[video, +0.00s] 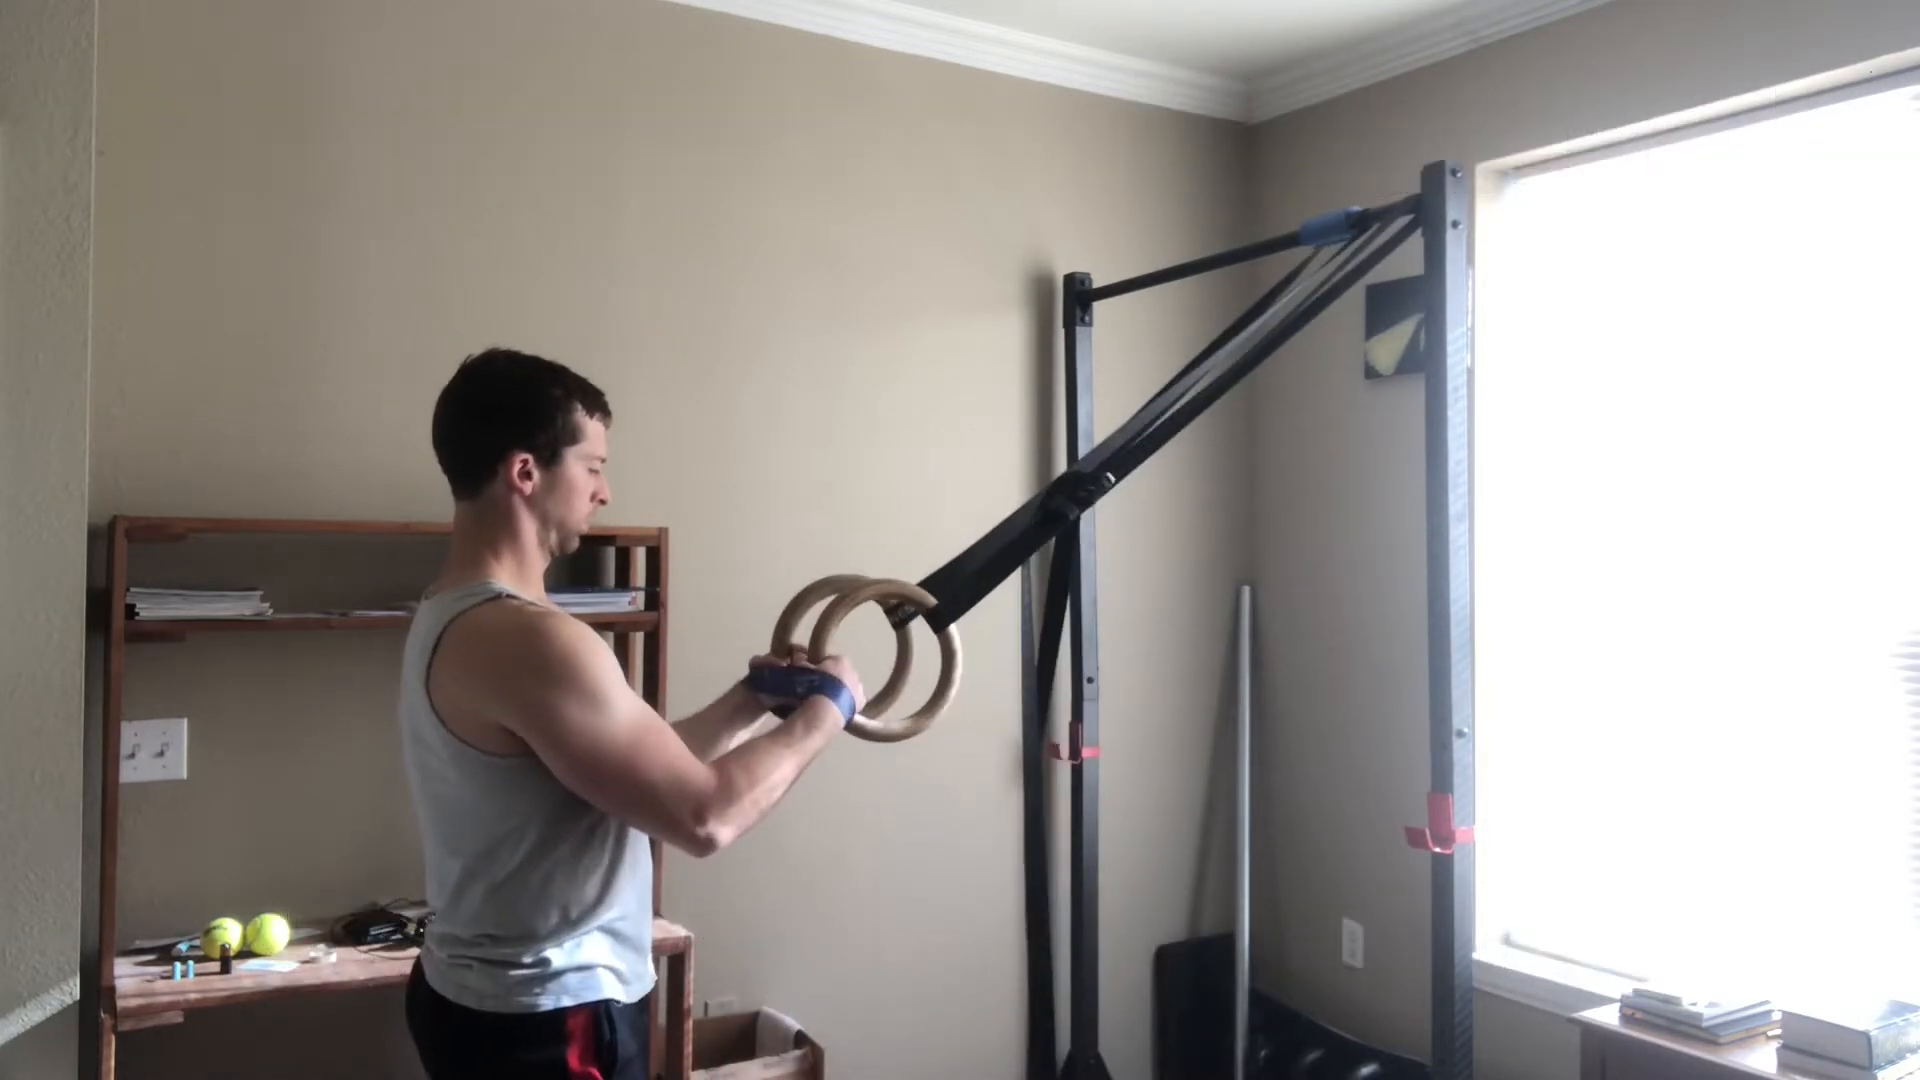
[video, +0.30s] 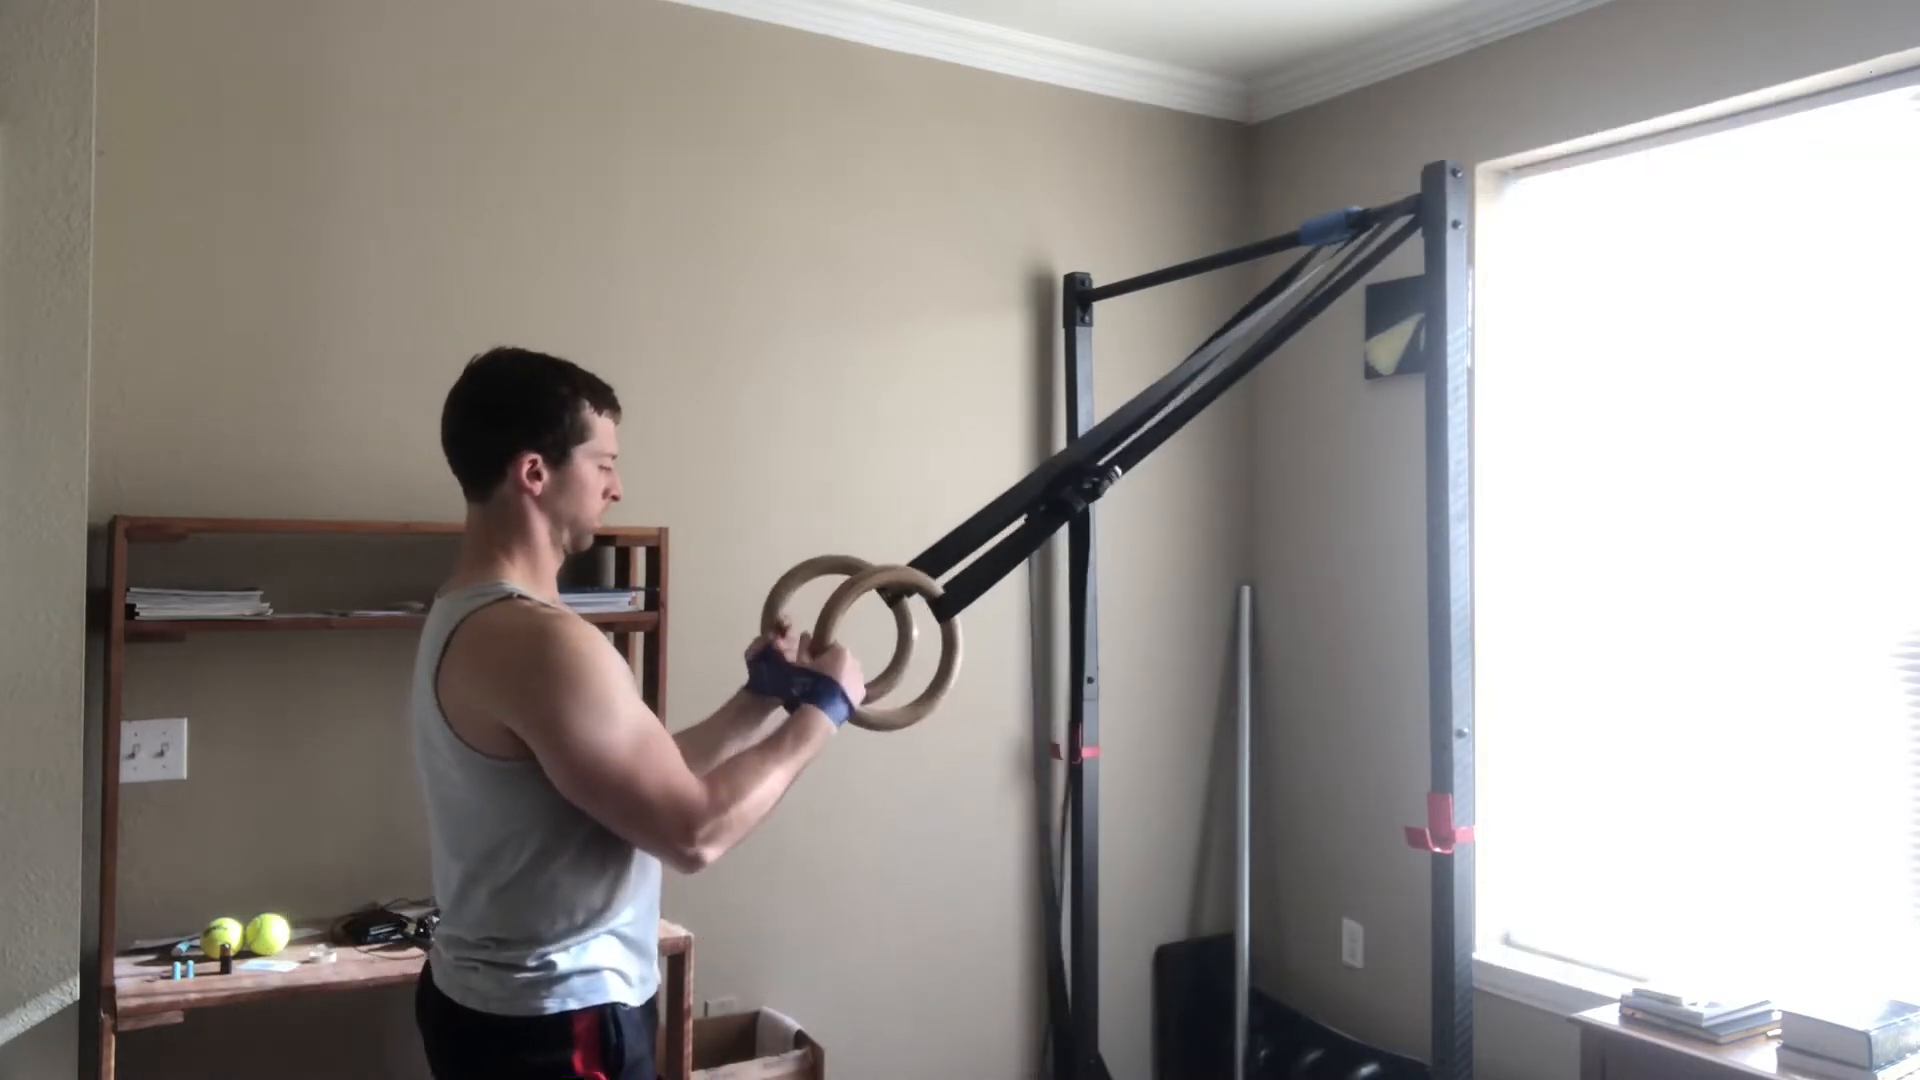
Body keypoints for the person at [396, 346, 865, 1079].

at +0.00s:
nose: (604, 492)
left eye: (601, 470)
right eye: (591, 468)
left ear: (521, 477)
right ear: (524, 473)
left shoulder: (452, 617)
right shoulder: (531, 642)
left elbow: (623, 773)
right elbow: (705, 817)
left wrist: (750, 699)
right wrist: (825, 712)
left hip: (483, 1004)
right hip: (552, 1024)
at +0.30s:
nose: (616, 488)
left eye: (613, 466)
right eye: (601, 465)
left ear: (530, 478)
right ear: (533, 473)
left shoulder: (467, 615)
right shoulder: (540, 644)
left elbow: (634, 776)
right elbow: (694, 835)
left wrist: (758, 697)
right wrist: (821, 711)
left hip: (492, 1005)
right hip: (559, 1026)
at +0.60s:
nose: (612, 487)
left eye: (609, 465)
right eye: (597, 463)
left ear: (525, 477)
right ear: (528, 472)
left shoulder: (461, 616)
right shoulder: (544, 641)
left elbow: (642, 778)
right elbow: (689, 827)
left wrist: (758, 692)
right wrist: (813, 706)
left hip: (484, 1016)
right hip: (558, 1035)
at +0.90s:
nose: (572, 492)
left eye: (570, 466)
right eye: (560, 464)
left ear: (487, 477)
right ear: (490, 474)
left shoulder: (418, 630)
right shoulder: (507, 653)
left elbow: (601, 779)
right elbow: (703, 825)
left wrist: (736, 697)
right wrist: (816, 702)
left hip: (455, 1024)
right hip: (538, 1042)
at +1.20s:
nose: (518, 512)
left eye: (518, 486)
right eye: (506, 484)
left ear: (429, 489)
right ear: (432, 487)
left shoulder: (360, 641)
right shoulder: (448, 667)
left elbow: (577, 754)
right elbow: (677, 807)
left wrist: (727, 681)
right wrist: (816, 698)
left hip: (448, 1028)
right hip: (528, 1043)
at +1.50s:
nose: (464, 522)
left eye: (459, 496)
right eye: (447, 495)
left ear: (366, 516)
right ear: (368, 513)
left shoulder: (316, 665)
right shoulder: (380, 689)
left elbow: (547, 740)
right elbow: (637, 780)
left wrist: (710, 680)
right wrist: (795, 681)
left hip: (431, 1041)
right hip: (507, 1048)